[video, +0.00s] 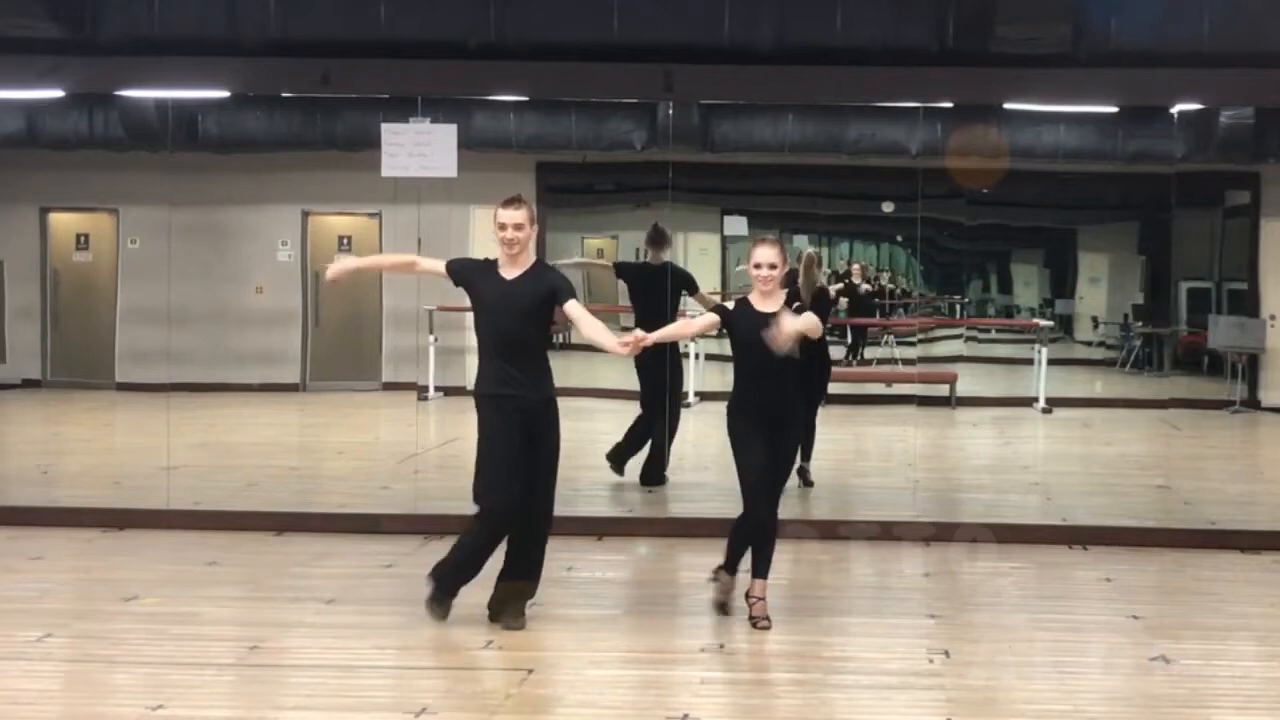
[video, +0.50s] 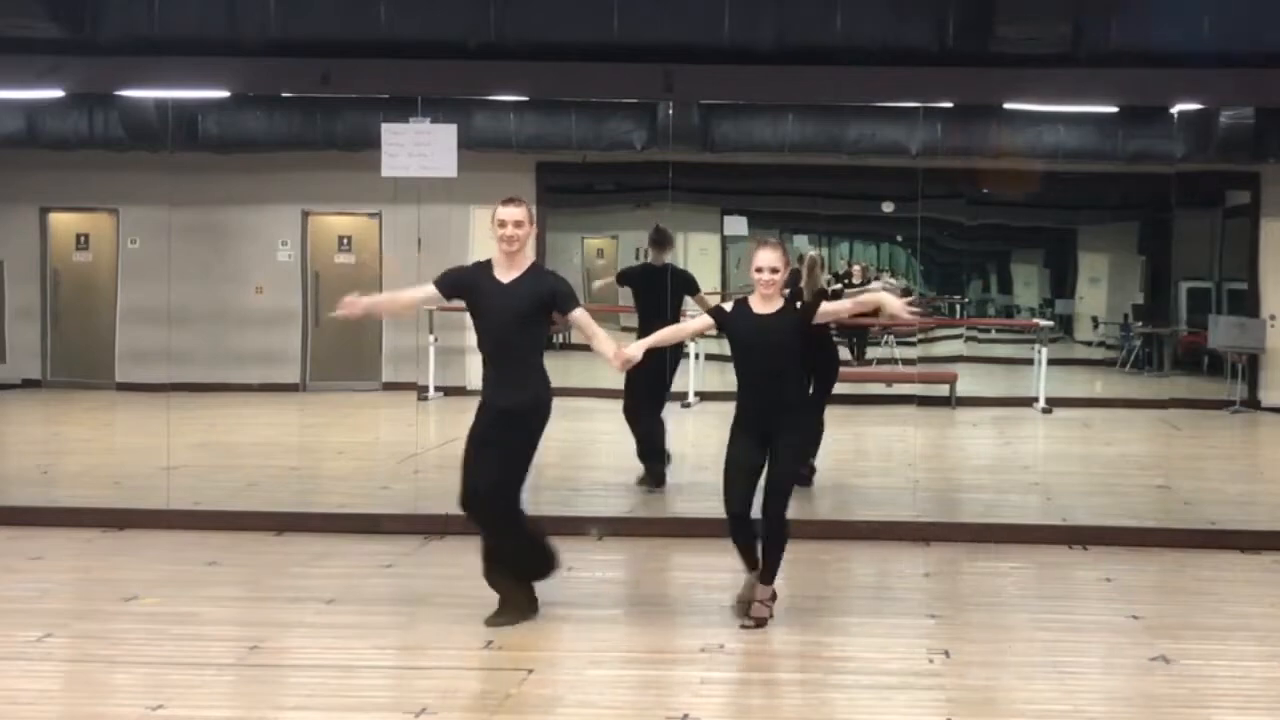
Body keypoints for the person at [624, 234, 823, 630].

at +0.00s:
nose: (765, 273)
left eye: (772, 267)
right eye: (758, 266)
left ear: (784, 270)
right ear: (747, 270)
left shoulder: (799, 313)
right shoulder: (734, 310)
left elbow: (813, 325)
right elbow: (692, 326)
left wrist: (794, 328)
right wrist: (650, 337)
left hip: (788, 419)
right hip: (747, 417)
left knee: (768, 504)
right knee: (756, 505)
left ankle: (758, 591)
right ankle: (726, 572)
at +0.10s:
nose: (765, 271)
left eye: (772, 265)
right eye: (758, 265)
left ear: (785, 268)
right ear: (748, 268)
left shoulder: (798, 308)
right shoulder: (734, 308)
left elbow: (831, 337)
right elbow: (691, 327)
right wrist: (648, 339)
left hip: (789, 416)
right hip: (744, 415)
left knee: (771, 501)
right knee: (744, 502)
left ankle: (760, 588)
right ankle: (763, 580)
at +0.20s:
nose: (764, 267)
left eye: (771, 261)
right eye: (758, 261)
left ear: (784, 265)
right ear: (749, 265)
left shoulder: (800, 303)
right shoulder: (734, 306)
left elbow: (850, 326)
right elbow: (687, 328)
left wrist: (892, 344)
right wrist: (641, 345)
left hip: (786, 412)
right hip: (744, 411)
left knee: (764, 496)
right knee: (755, 496)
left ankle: (761, 588)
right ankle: (783, 574)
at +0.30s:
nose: (763, 275)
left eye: (771, 268)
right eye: (757, 268)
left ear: (784, 272)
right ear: (748, 271)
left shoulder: (800, 310)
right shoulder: (731, 312)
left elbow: (857, 321)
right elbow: (682, 332)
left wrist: (910, 326)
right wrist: (635, 346)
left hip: (787, 418)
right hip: (753, 420)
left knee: (739, 499)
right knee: (783, 503)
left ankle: (756, 585)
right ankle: (800, 578)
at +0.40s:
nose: (764, 277)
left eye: (772, 270)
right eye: (758, 270)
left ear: (785, 274)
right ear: (748, 273)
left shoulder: (801, 311)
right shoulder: (731, 314)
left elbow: (855, 315)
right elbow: (683, 333)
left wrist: (905, 313)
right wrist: (638, 352)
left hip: (790, 420)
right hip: (752, 420)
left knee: (748, 504)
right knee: (756, 504)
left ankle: (762, 589)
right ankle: (790, 575)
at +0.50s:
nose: (766, 277)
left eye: (774, 270)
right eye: (760, 270)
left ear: (786, 274)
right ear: (751, 273)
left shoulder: (801, 312)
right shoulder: (732, 313)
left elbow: (846, 307)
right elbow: (684, 329)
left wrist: (881, 298)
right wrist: (642, 344)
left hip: (792, 422)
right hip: (750, 421)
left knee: (774, 508)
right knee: (735, 509)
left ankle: (766, 589)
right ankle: (755, 573)